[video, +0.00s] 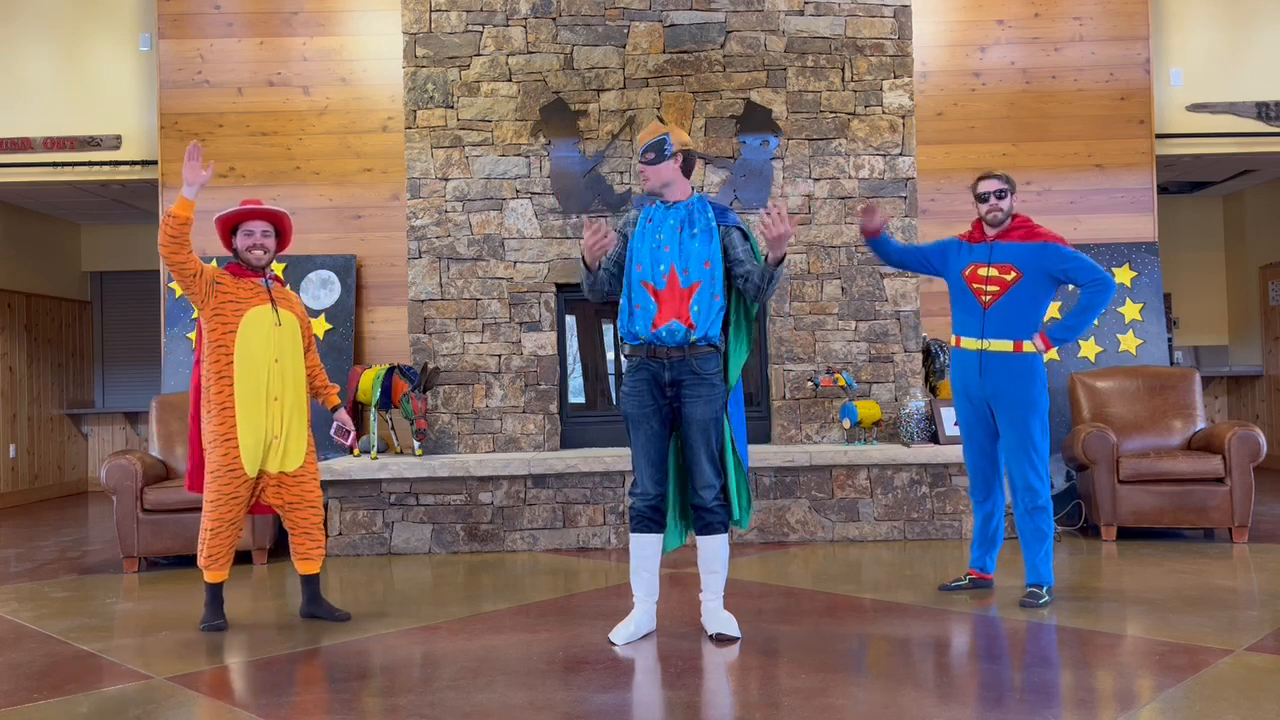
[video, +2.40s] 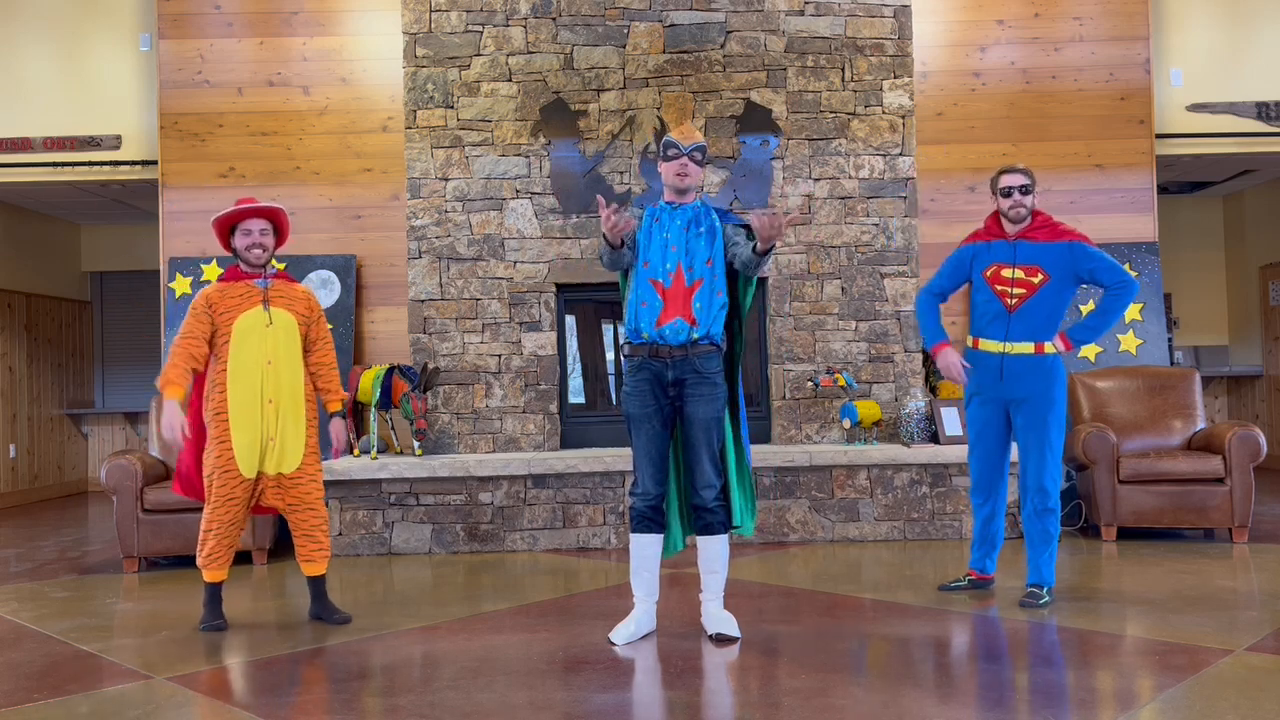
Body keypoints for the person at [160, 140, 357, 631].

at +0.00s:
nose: (257, 240)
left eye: (265, 233)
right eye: (247, 233)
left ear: (277, 243)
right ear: (233, 242)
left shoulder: (291, 299)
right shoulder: (211, 286)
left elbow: (310, 362)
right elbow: (174, 249)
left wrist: (335, 406)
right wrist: (188, 193)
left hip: (287, 422)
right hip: (230, 423)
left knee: (307, 503)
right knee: (222, 510)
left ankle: (312, 598)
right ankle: (214, 604)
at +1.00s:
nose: (271, 251)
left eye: (274, 245)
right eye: (262, 244)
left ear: (276, 248)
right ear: (239, 246)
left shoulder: (279, 300)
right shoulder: (219, 292)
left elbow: (294, 362)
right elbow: (201, 275)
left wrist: (327, 404)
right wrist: (245, 240)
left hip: (289, 418)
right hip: (239, 421)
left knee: (310, 498)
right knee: (231, 506)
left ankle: (313, 599)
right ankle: (214, 605)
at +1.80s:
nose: (259, 242)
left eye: (266, 235)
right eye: (249, 235)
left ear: (277, 244)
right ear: (234, 244)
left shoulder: (297, 300)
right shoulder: (206, 290)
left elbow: (334, 351)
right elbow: (147, 272)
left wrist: (366, 397)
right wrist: (180, 220)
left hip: (292, 424)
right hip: (231, 425)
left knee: (309, 505)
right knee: (223, 511)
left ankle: (313, 599)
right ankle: (214, 606)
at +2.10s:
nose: (250, 241)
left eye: (258, 235)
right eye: (241, 234)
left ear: (269, 244)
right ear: (225, 243)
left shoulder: (287, 298)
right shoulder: (201, 293)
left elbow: (311, 344)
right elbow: (149, 306)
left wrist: (337, 371)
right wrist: (143, 266)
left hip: (281, 421)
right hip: (221, 422)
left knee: (303, 500)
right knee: (217, 505)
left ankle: (313, 596)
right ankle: (212, 605)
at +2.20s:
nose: (249, 240)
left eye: (257, 234)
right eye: (239, 234)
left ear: (269, 242)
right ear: (225, 242)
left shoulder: (288, 298)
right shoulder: (204, 293)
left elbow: (308, 348)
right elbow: (167, 319)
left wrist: (324, 385)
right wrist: (142, 317)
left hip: (281, 420)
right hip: (221, 421)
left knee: (302, 499)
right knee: (217, 503)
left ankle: (317, 597)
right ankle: (211, 605)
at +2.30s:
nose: (251, 240)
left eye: (259, 234)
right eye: (242, 234)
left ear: (270, 242)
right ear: (227, 242)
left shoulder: (292, 297)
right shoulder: (206, 295)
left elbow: (311, 352)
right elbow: (176, 328)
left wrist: (324, 402)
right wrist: (151, 358)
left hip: (284, 420)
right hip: (224, 421)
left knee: (302, 501)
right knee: (220, 504)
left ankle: (319, 598)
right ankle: (212, 604)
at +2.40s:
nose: (256, 240)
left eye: (264, 233)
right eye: (247, 234)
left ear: (275, 242)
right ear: (233, 244)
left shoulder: (302, 297)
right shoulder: (214, 299)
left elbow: (321, 355)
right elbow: (187, 349)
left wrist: (335, 411)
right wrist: (171, 398)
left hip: (293, 423)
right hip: (232, 424)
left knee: (309, 503)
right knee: (224, 507)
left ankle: (320, 599)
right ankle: (213, 603)